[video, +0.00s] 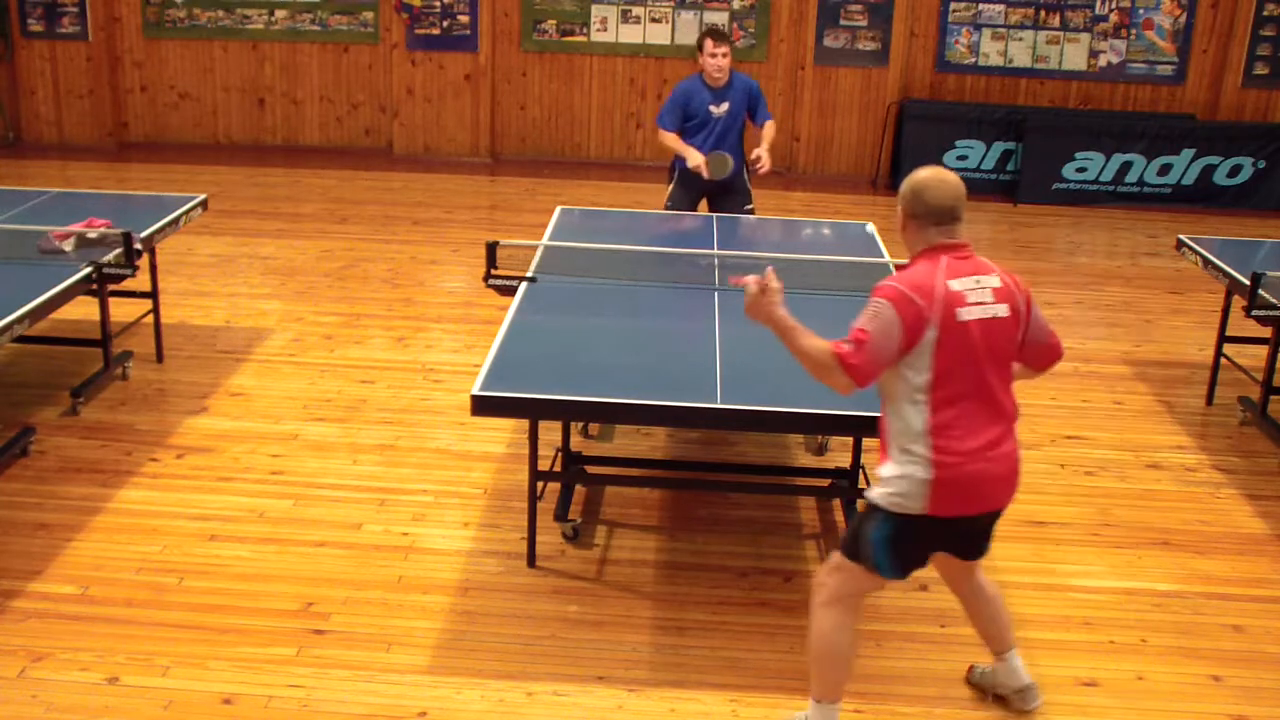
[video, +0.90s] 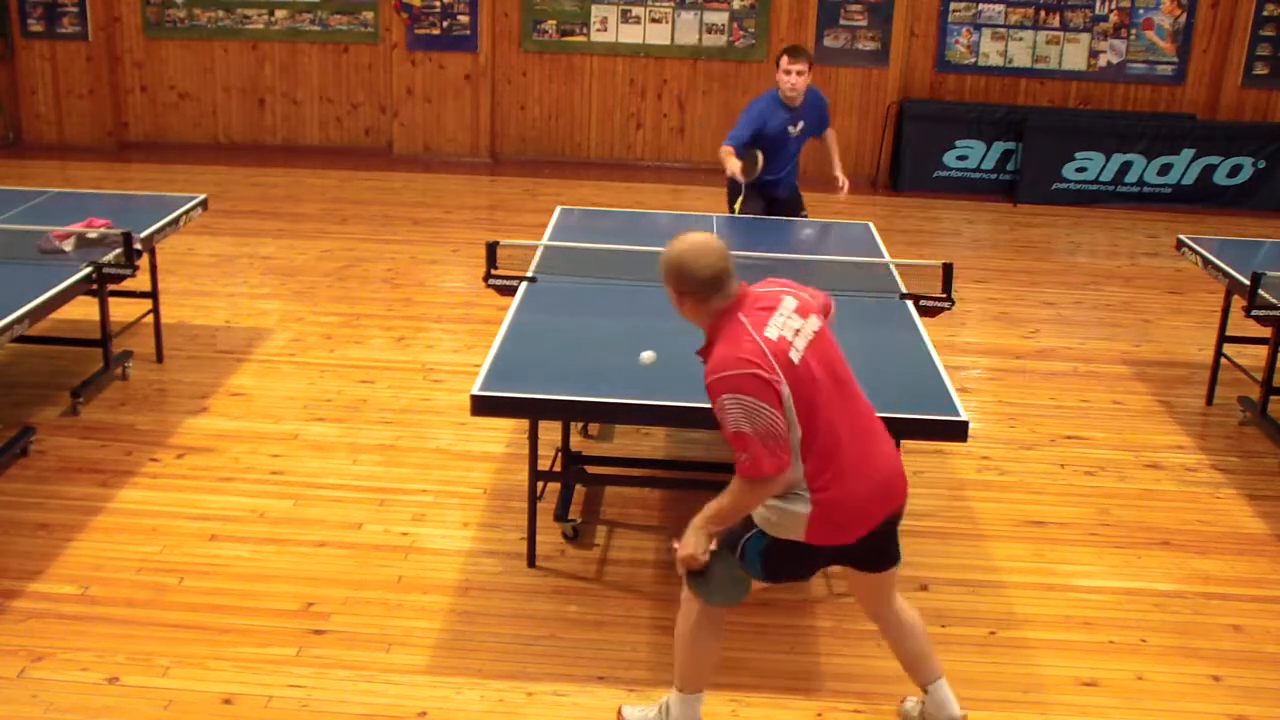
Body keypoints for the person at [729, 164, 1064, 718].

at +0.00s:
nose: (896, 220)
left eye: (898, 212)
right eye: (897, 212)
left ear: (905, 217)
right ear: (962, 217)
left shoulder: (907, 290)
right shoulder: (1003, 282)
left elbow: (846, 371)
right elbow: (1045, 355)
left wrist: (776, 317)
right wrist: (980, 357)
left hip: (922, 484)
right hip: (993, 477)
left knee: (835, 587)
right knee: (960, 565)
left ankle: (822, 710)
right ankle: (1013, 674)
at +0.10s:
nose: (881, 217)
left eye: (883, 210)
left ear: (887, 215)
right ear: (947, 217)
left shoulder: (875, 283)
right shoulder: (983, 288)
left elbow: (812, 368)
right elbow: (1016, 370)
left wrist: (754, 333)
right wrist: (955, 351)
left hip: (877, 481)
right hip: (955, 483)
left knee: (796, 577)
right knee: (927, 573)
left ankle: (804, 707)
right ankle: (946, 696)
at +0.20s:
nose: (858, 217)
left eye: (860, 211)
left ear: (864, 218)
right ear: (924, 220)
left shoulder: (840, 289)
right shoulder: (958, 294)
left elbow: (775, 378)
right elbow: (989, 383)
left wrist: (740, 357)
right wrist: (934, 381)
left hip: (844, 488)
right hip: (928, 490)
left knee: (759, 581)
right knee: (915, 589)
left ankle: (738, 705)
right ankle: (929, 710)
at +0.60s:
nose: (770, 216)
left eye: (773, 210)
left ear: (776, 220)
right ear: (839, 219)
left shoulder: (753, 296)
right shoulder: (884, 287)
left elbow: (699, 390)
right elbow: (934, 367)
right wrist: (900, 392)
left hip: (782, 495)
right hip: (875, 493)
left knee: (717, 595)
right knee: (889, 595)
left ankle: (694, 713)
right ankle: (919, 712)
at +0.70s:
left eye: (756, 230)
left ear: (756, 239)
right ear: (817, 233)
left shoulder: (750, 323)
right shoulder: (871, 292)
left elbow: (713, 428)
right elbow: (915, 363)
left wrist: (687, 423)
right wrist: (852, 362)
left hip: (796, 505)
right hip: (884, 499)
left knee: (709, 582)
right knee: (886, 597)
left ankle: (684, 711)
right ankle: (919, 711)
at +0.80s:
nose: (711, 263)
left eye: (712, 257)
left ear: (718, 266)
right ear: (775, 249)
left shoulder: (744, 351)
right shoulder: (829, 289)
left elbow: (737, 471)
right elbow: (863, 349)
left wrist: (691, 494)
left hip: (812, 514)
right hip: (891, 496)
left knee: (711, 583)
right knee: (881, 596)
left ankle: (683, 708)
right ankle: (926, 709)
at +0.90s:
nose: (672, 300)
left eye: (671, 292)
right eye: (671, 291)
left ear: (681, 298)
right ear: (730, 270)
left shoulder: (734, 364)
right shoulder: (774, 291)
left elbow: (768, 471)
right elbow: (824, 304)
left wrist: (704, 524)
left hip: (818, 511)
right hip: (886, 482)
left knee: (702, 584)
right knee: (884, 601)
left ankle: (681, 709)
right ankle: (944, 704)